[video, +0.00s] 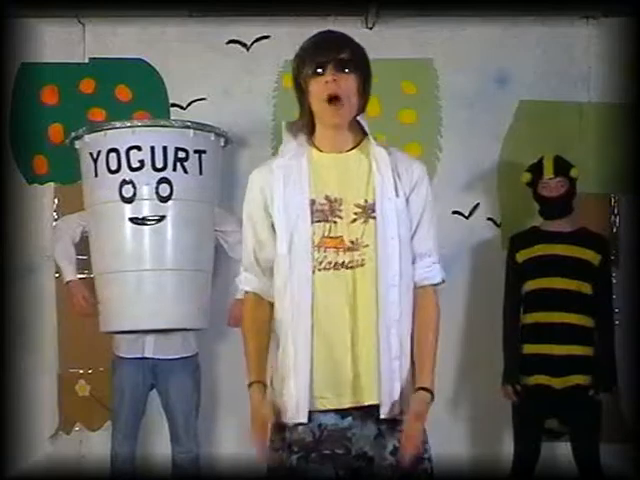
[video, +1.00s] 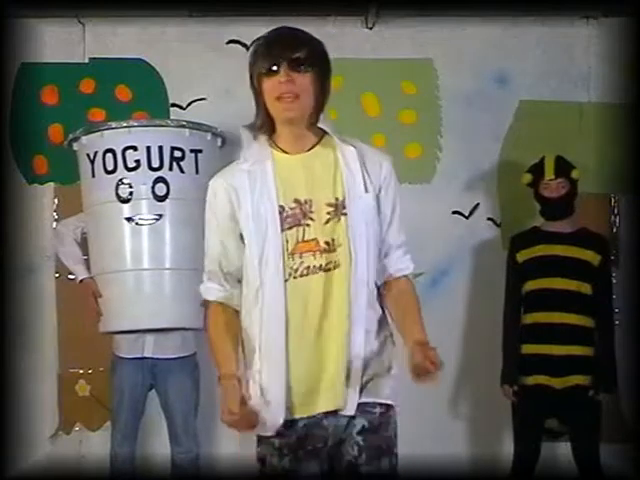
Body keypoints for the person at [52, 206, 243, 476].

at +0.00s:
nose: (150, 197)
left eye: (160, 191)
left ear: (174, 188)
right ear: (127, 190)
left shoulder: (192, 212)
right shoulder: (114, 214)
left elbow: (244, 241)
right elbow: (64, 229)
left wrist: (243, 293)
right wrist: (72, 280)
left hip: (179, 349)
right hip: (129, 350)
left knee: (186, 446)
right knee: (122, 447)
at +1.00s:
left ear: (171, 191)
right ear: (130, 192)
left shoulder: (188, 221)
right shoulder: (115, 216)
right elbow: (64, 229)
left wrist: (205, 293)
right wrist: (85, 277)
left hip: (179, 351)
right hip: (129, 352)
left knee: (186, 446)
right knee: (122, 447)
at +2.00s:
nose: (149, 195)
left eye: (159, 189)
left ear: (172, 186)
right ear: (130, 189)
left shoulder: (194, 213)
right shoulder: (113, 215)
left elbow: (244, 240)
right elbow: (59, 234)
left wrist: (214, 287)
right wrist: (83, 277)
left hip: (175, 349)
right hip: (124, 349)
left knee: (184, 448)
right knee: (120, 449)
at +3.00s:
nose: (143, 193)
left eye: (151, 187)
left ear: (164, 184)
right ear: (123, 188)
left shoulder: (188, 211)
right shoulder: (107, 217)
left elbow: (239, 235)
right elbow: (53, 233)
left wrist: (214, 282)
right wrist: (76, 276)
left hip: (172, 348)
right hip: (121, 350)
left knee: (182, 449)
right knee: (119, 451)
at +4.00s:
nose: (137, 190)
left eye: (145, 183)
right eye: (128, 184)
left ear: (157, 183)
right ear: (116, 185)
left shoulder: (177, 209)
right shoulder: (107, 216)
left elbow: (232, 223)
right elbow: (53, 230)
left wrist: (235, 175)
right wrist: (75, 275)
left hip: (174, 340)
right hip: (124, 343)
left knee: (184, 441)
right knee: (121, 440)